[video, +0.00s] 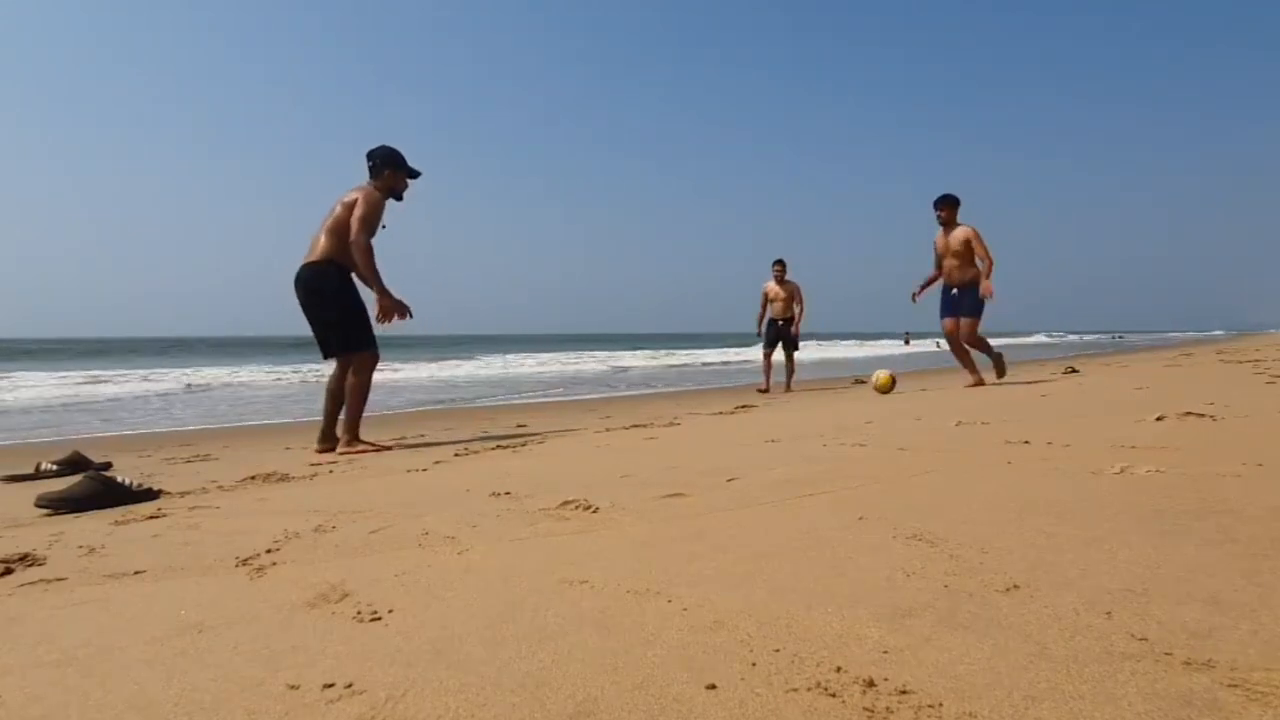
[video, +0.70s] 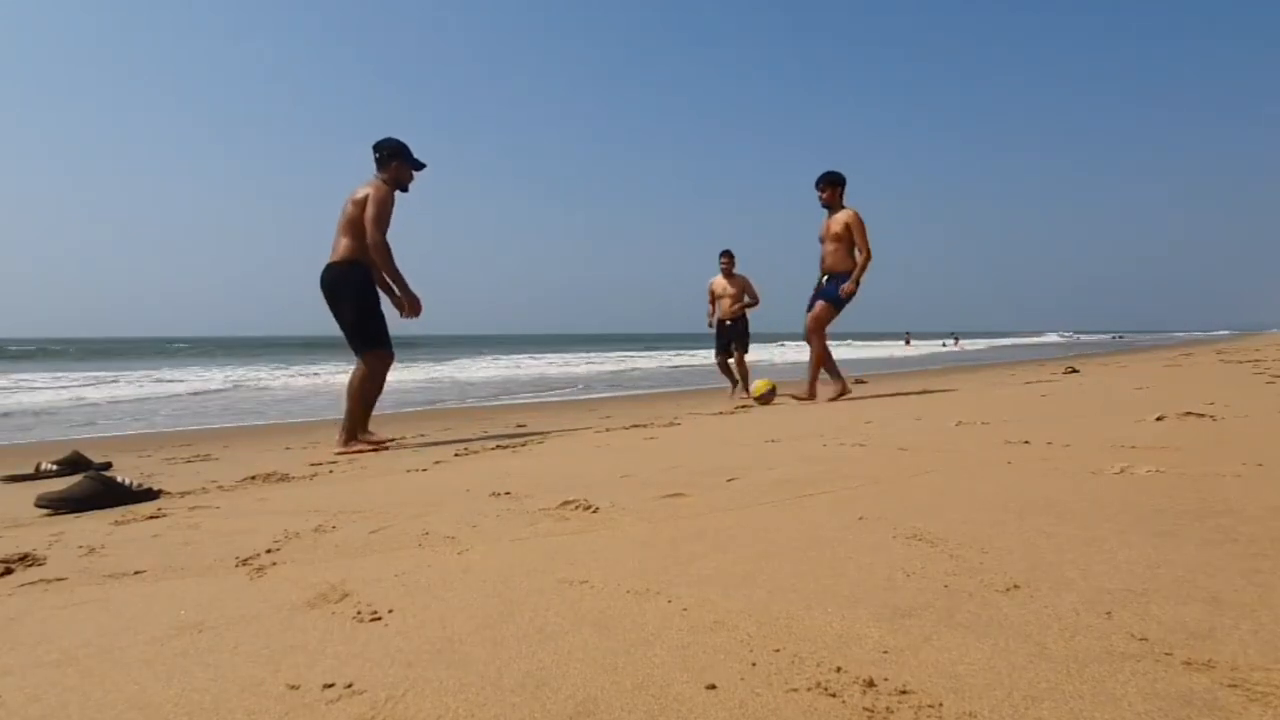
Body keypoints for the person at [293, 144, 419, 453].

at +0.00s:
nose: (406, 184)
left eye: (407, 178)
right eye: (403, 177)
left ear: (381, 174)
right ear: (386, 174)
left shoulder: (356, 197)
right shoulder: (371, 197)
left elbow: (352, 258)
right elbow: (357, 242)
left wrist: (384, 296)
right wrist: (382, 292)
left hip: (311, 276)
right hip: (329, 276)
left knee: (347, 358)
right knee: (366, 356)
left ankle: (327, 437)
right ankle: (350, 438)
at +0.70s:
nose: (412, 175)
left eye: (412, 169)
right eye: (408, 168)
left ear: (387, 167)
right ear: (392, 165)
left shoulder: (367, 193)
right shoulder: (380, 192)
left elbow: (368, 256)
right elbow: (375, 242)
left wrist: (393, 295)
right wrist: (405, 290)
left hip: (344, 276)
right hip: (350, 275)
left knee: (375, 357)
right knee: (378, 357)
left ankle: (358, 431)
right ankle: (351, 435)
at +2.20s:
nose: (437, 193)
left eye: (437, 188)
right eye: (433, 188)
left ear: (415, 189)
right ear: (417, 188)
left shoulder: (402, 214)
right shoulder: (409, 215)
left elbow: (399, 263)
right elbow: (405, 262)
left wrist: (421, 300)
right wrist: (426, 300)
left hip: (389, 287)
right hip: (393, 289)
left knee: (405, 358)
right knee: (403, 359)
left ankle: (382, 422)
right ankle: (365, 421)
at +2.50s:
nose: (455, 225)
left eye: (455, 220)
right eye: (451, 220)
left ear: (432, 221)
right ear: (436, 220)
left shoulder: (418, 243)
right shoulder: (433, 242)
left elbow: (422, 298)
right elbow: (429, 285)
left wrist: (449, 326)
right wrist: (448, 325)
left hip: (390, 311)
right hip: (403, 313)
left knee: (426, 372)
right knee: (439, 375)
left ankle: (397, 425)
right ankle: (384, 414)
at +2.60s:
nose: (465, 228)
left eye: (465, 223)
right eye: (461, 222)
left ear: (441, 222)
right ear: (445, 221)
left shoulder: (424, 244)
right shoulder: (439, 245)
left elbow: (427, 297)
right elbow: (432, 286)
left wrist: (451, 330)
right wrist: (448, 329)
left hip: (392, 311)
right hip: (407, 312)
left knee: (427, 368)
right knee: (457, 367)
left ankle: (398, 424)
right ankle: (413, 415)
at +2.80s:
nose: (487, 204)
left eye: (486, 199)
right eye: (482, 198)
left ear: (462, 198)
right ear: (465, 197)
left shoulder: (444, 220)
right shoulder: (454, 222)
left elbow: (442, 273)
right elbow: (444, 270)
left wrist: (461, 314)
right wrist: (458, 312)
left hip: (413, 295)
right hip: (428, 296)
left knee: (428, 359)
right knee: (469, 359)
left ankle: (406, 418)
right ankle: (448, 426)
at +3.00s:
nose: (507, 177)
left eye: (507, 171)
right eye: (503, 170)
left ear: (486, 171)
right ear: (483, 169)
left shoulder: (481, 212)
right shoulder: (463, 193)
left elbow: (479, 260)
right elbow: (446, 235)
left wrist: (495, 302)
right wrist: (460, 283)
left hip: (444, 275)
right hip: (431, 271)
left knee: (465, 346)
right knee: (466, 344)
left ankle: (446, 420)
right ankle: (439, 419)